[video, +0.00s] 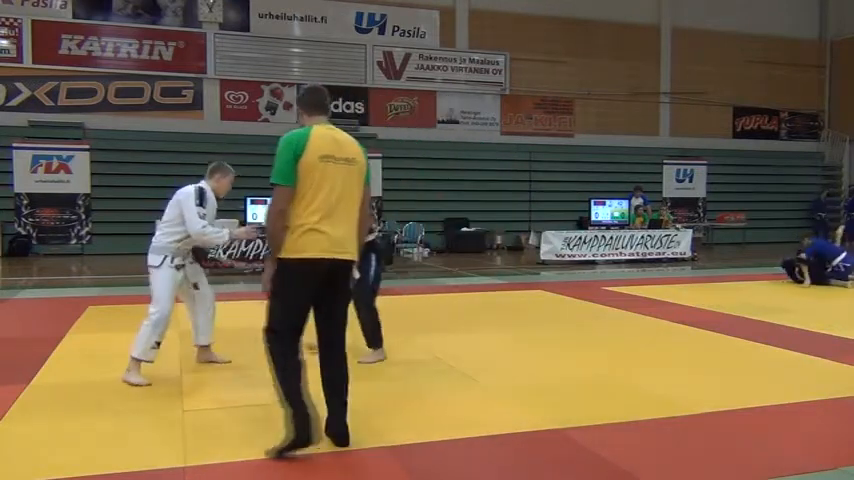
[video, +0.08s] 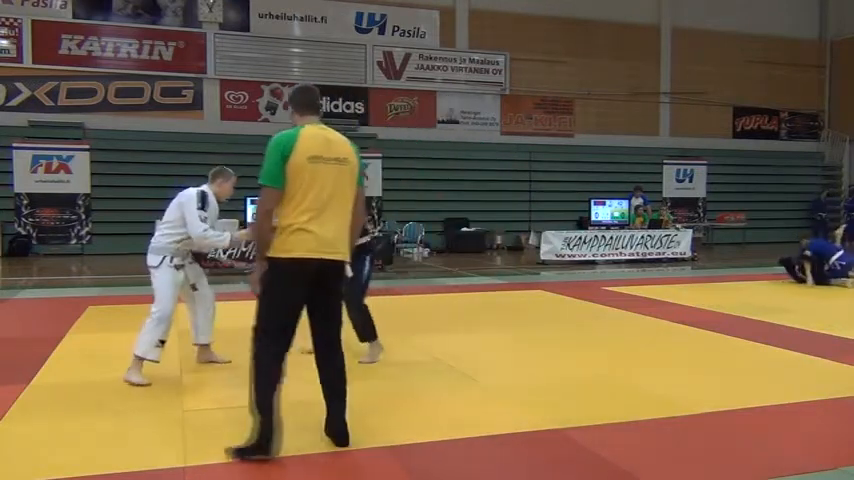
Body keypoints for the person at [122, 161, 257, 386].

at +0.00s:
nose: (230, 189)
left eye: (231, 184)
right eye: (230, 183)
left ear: (217, 178)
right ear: (218, 178)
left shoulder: (210, 202)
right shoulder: (190, 193)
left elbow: (204, 233)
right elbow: (197, 231)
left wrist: (233, 233)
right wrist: (233, 234)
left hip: (186, 259)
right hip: (164, 257)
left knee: (204, 297)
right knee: (161, 310)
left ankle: (204, 350)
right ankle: (133, 367)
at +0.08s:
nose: (232, 191)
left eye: (234, 186)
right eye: (231, 186)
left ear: (218, 182)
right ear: (220, 182)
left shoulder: (212, 207)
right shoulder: (192, 196)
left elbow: (203, 240)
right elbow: (198, 234)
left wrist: (234, 240)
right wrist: (233, 237)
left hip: (186, 258)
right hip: (163, 257)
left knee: (205, 297)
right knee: (164, 309)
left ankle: (204, 350)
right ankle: (135, 367)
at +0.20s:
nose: (228, 189)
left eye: (230, 184)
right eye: (228, 183)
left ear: (215, 178)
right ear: (217, 179)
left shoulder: (208, 201)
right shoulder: (191, 194)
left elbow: (208, 227)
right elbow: (190, 234)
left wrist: (233, 227)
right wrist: (221, 243)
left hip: (182, 258)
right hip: (161, 256)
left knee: (197, 299)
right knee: (158, 310)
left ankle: (202, 350)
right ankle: (129, 369)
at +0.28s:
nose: (221, 187)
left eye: (221, 182)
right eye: (220, 182)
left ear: (208, 179)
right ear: (210, 179)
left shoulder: (203, 201)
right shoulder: (186, 194)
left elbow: (203, 228)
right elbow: (185, 234)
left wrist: (228, 230)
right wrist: (217, 247)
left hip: (180, 260)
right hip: (159, 259)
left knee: (194, 301)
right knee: (152, 313)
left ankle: (202, 351)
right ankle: (122, 371)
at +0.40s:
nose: (208, 188)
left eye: (209, 184)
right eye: (206, 183)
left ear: (197, 179)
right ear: (197, 179)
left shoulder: (198, 202)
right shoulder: (174, 197)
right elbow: (181, 240)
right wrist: (212, 243)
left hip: (176, 263)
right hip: (151, 263)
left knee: (190, 306)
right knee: (149, 316)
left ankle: (201, 352)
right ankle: (119, 374)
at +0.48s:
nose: (201, 189)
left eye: (203, 186)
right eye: (199, 184)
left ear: (202, 185)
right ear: (190, 179)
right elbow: (176, 238)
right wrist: (193, 261)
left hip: (174, 262)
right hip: (148, 263)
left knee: (186, 307)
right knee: (144, 317)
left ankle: (194, 353)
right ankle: (117, 375)